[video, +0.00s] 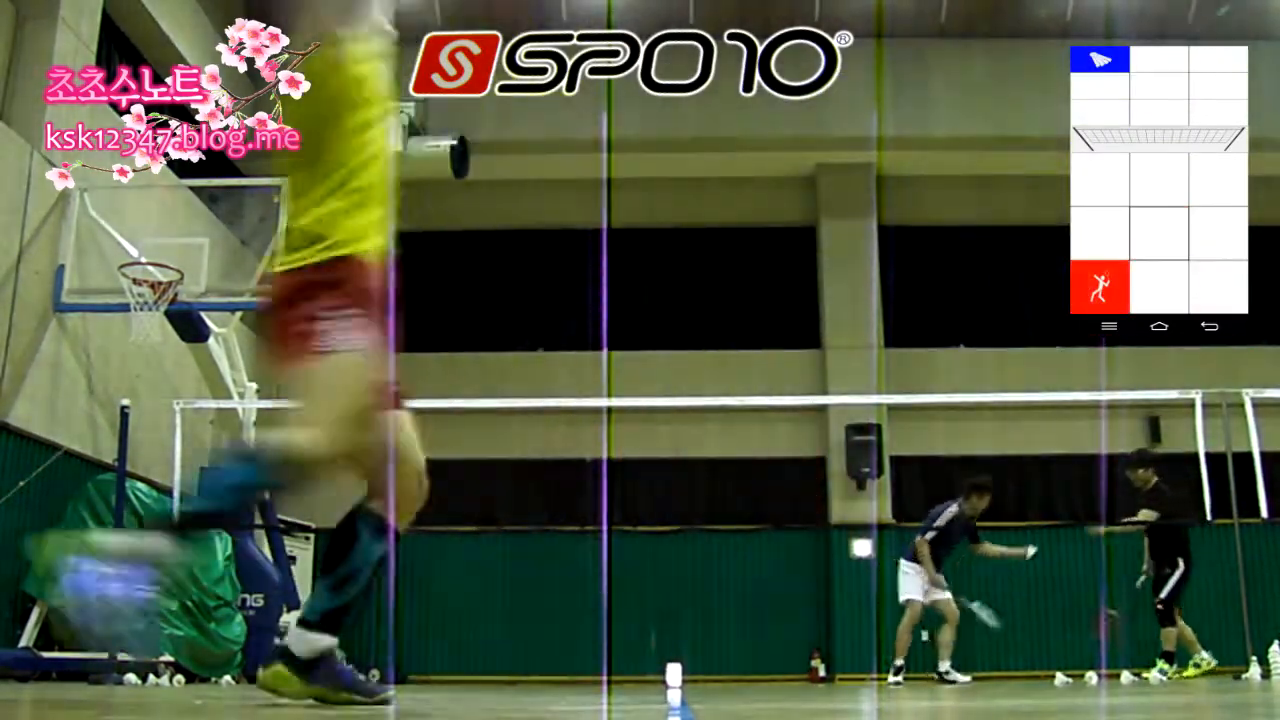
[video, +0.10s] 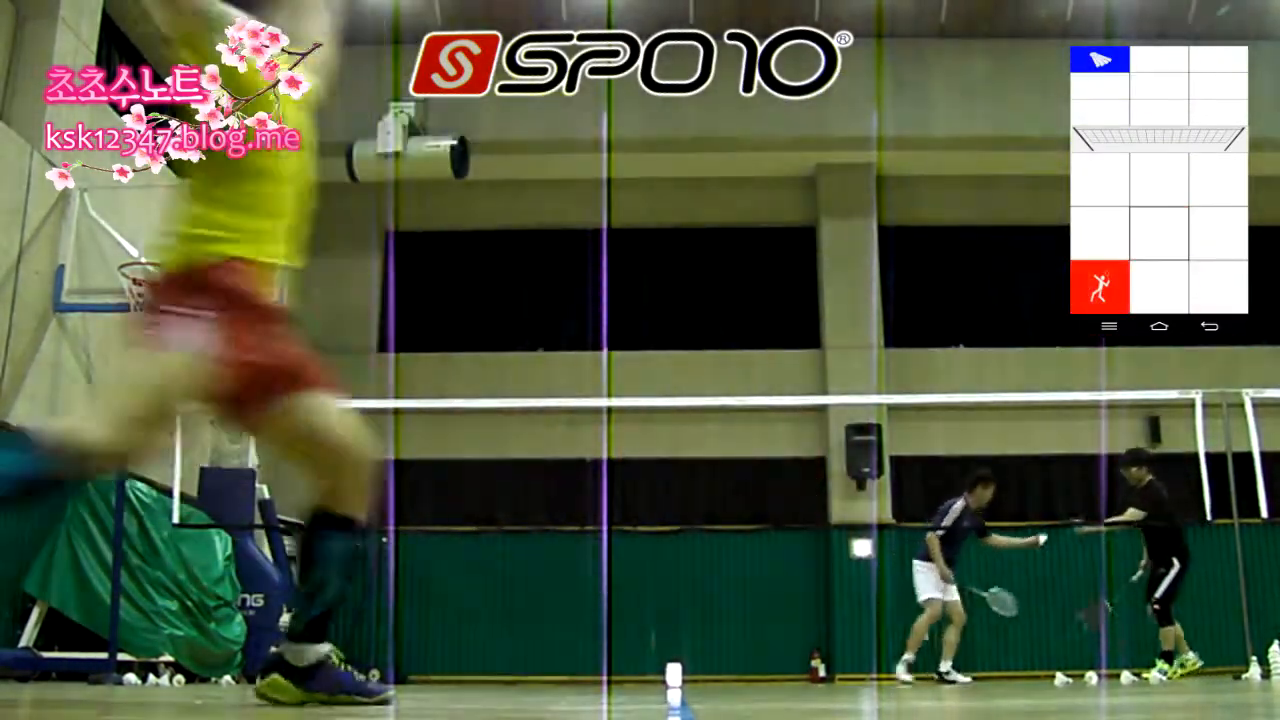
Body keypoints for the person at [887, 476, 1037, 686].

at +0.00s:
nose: (983, 506)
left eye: (985, 502)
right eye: (981, 501)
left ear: (983, 502)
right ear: (971, 498)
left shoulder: (968, 520)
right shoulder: (948, 512)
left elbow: (979, 547)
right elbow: (921, 543)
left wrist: (1020, 552)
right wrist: (932, 575)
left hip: (933, 571)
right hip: (913, 566)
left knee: (952, 615)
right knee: (914, 610)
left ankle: (944, 668)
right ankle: (898, 665)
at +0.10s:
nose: (990, 497)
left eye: (991, 492)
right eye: (988, 491)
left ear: (982, 491)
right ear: (977, 489)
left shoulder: (972, 515)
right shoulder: (955, 507)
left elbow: (989, 539)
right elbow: (932, 536)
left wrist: (1025, 543)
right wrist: (942, 568)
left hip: (945, 569)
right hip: (926, 565)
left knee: (958, 616)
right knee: (933, 611)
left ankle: (945, 667)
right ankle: (906, 661)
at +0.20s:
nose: (995, 489)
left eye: (996, 484)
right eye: (993, 484)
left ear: (986, 484)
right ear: (982, 482)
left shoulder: (980, 509)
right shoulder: (964, 500)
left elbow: (998, 534)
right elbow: (944, 531)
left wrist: (1035, 534)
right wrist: (953, 561)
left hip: (953, 564)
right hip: (939, 560)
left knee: (959, 610)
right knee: (958, 608)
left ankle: (945, 664)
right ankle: (932, 654)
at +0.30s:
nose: (1000, 486)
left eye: (1001, 481)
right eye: (999, 480)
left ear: (990, 479)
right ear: (988, 478)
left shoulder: (983, 504)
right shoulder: (972, 497)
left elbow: (1007, 529)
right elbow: (955, 529)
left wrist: (1040, 531)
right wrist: (967, 558)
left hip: (949, 560)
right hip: (955, 560)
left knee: (954, 613)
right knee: (983, 607)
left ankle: (946, 665)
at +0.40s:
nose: (1008, 484)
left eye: (1009, 479)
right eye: (1005, 479)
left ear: (996, 480)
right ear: (995, 478)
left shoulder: (990, 502)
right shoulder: (983, 499)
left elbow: (1011, 531)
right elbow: (969, 530)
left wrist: (1046, 531)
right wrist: (982, 559)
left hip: (956, 561)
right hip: (969, 561)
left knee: (957, 614)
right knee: (995, 608)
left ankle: (947, 664)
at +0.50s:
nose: (1017, 487)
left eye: (1018, 482)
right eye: (1016, 482)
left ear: (1002, 481)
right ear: (1006, 480)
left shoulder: (992, 501)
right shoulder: (996, 501)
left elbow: (1017, 532)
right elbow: (984, 532)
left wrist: (1054, 532)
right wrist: (1000, 563)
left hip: (969, 564)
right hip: (986, 565)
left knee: (972, 616)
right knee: (1005, 613)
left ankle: (952, 658)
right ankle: (1013, 666)